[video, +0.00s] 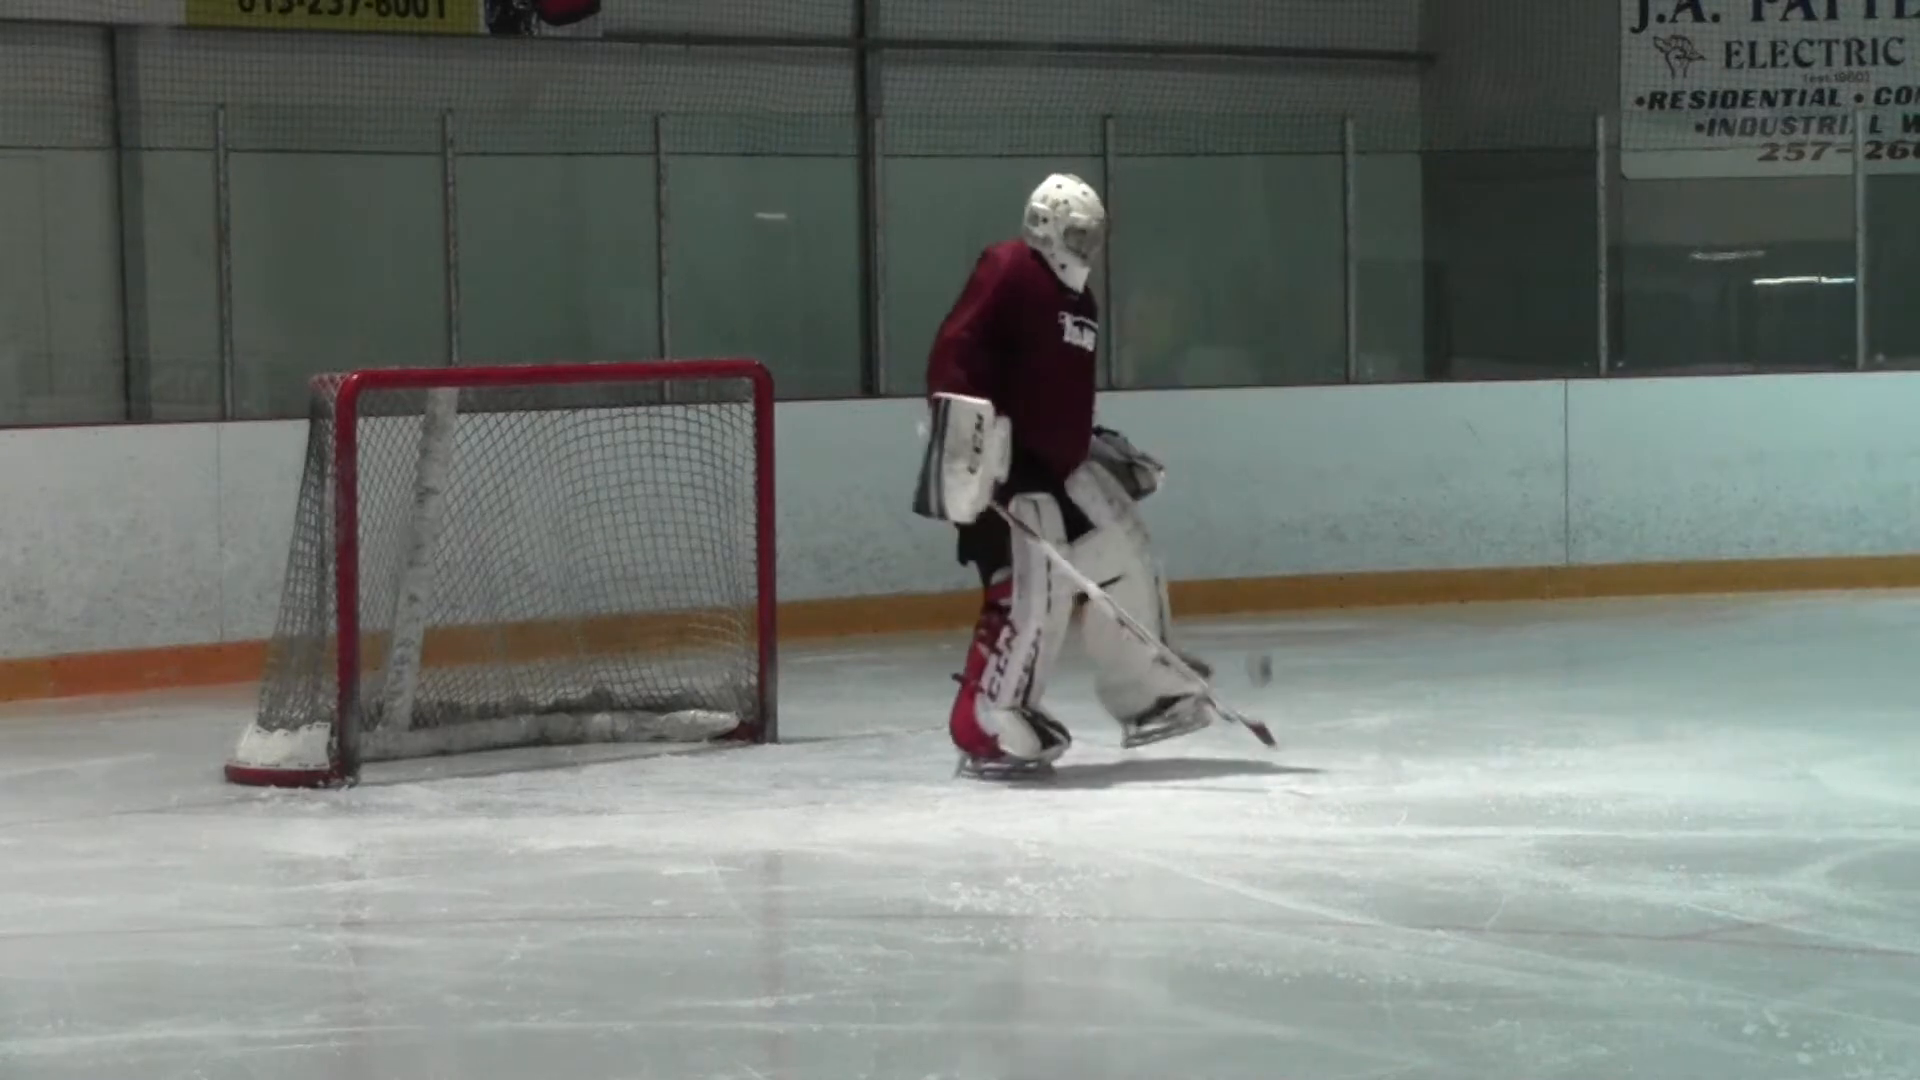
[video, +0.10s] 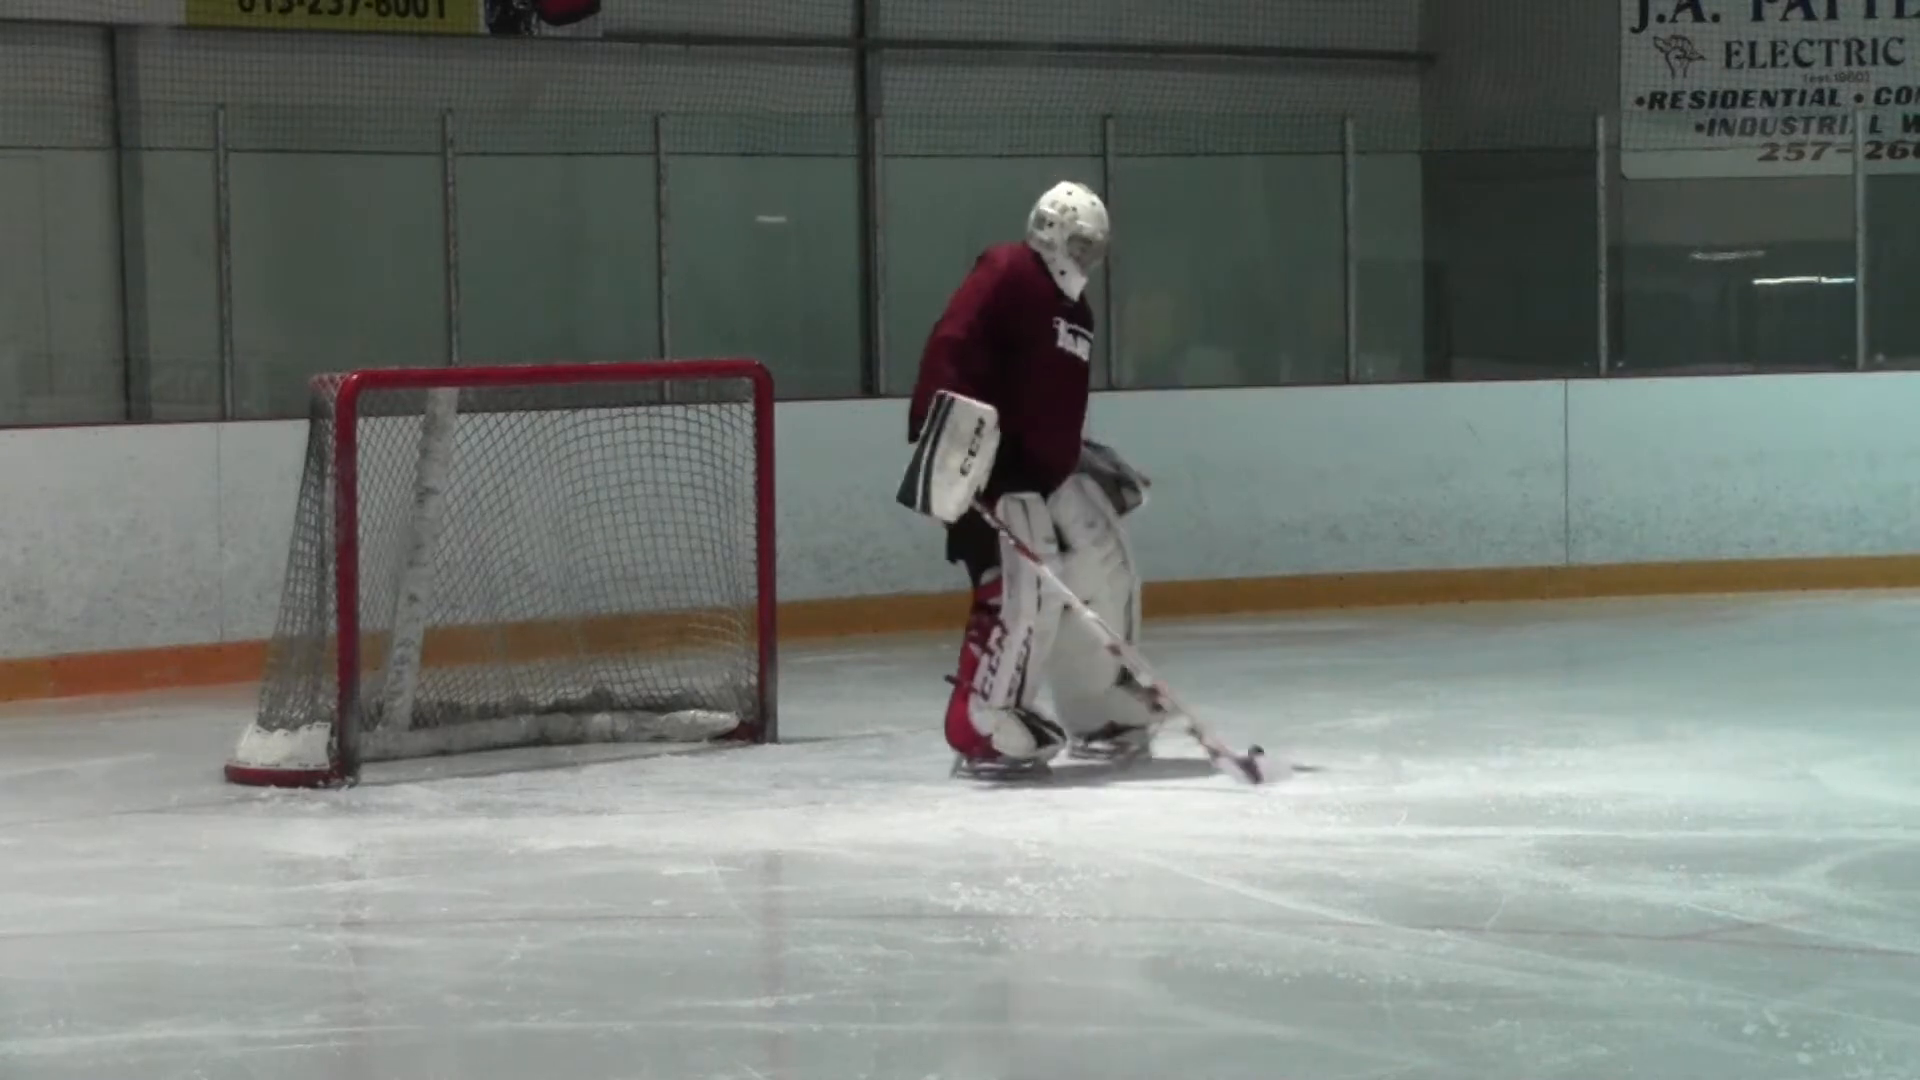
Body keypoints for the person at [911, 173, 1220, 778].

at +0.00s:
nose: (1086, 248)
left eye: (1092, 238)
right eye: (1078, 235)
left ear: (1094, 236)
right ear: (1048, 227)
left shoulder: (1077, 292)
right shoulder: (1008, 267)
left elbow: (1059, 391)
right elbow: (955, 355)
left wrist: (1099, 451)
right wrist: (969, 463)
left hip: (1066, 468)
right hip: (1012, 472)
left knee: (1123, 564)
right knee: (1027, 597)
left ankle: (1148, 696)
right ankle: (990, 725)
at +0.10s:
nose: (1085, 258)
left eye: (1093, 247)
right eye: (1078, 244)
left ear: (1099, 246)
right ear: (1047, 233)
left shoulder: (1077, 306)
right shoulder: (1007, 269)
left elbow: (1050, 400)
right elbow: (949, 348)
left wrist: (1079, 461)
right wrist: (940, 441)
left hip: (1050, 473)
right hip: (996, 472)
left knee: (1100, 578)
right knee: (1014, 597)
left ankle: (1098, 713)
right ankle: (982, 730)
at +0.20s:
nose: (1087, 271)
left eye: (1097, 262)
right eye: (1082, 256)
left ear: (1101, 258)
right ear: (1055, 241)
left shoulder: (1075, 316)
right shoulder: (1006, 276)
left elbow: (1049, 406)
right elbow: (947, 361)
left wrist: (1060, 474)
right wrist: (941, 468)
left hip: (1038, 484)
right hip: (983, 480)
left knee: (1071, 598)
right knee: (999, 603)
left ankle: (1043, 712)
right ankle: (971, 736)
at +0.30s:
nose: (1087, 282)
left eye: (1097, 273)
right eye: (1084, 266)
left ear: (1098, 266)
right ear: (1060, 248)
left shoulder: (1070, 321)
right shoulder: (1009, 275)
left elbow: (1036, 413)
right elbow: (947, 357)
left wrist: (1054, 477)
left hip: (1017, 481)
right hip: (952, 472)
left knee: (1057, 587)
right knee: (989, 591)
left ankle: (1025, 703)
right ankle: (955, 721)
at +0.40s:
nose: (1077, 286)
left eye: (1089, 279)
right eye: (1074, 270)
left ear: (1094, 278)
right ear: (1051, 253)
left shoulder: (1062, 334)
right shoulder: (1007, 275)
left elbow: (1032, 419)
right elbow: (952, 345)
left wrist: (1047, 478)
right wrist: (968, 413)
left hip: (1010, 481)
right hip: (955, 467)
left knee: (1045, 588)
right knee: (980, 585)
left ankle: (1006, 705)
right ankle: (938, 713)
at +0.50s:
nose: (1065, 289)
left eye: (1077, 281)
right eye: (1062, 272)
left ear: (1082, 278)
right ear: (1041, 255)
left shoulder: (1050, 335)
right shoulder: (1000, 273)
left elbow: (1032, 425)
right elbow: (947, 335)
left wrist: (1054, 475)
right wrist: (973, 395)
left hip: (1012, 483)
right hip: (962, 475)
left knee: (1030, 595)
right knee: (974, 594)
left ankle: (995, 701)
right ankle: (942, 709)